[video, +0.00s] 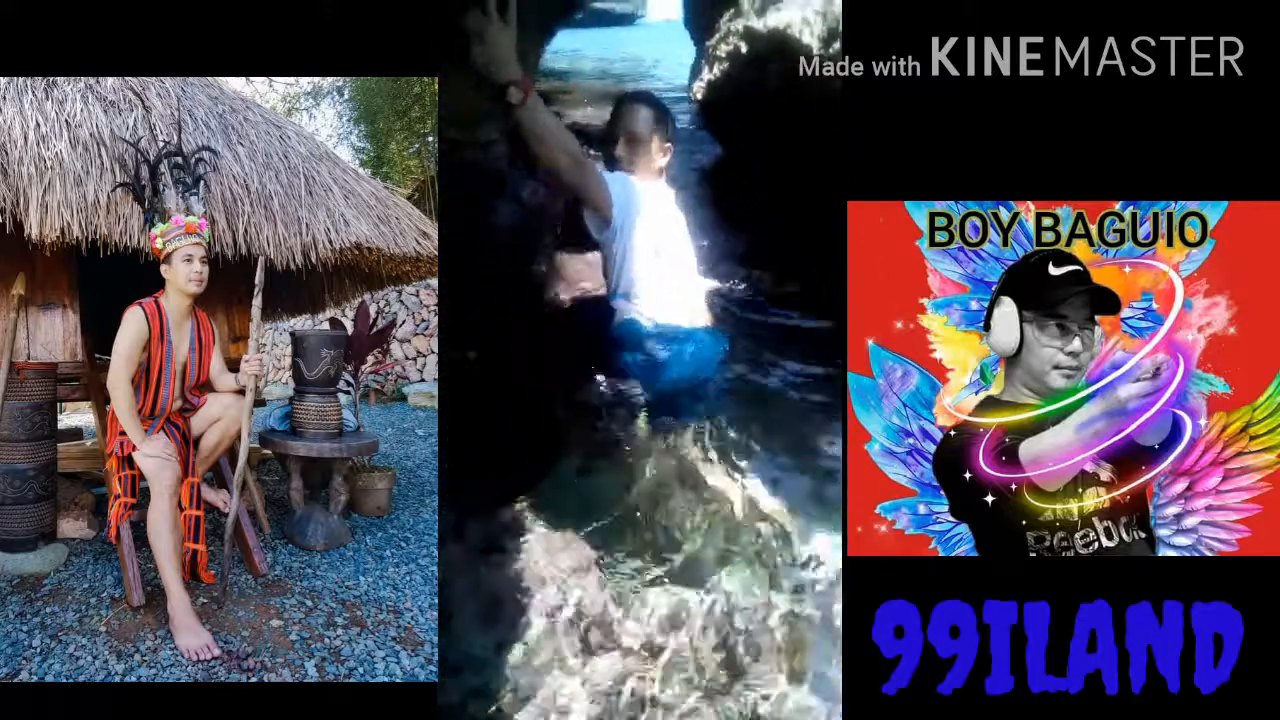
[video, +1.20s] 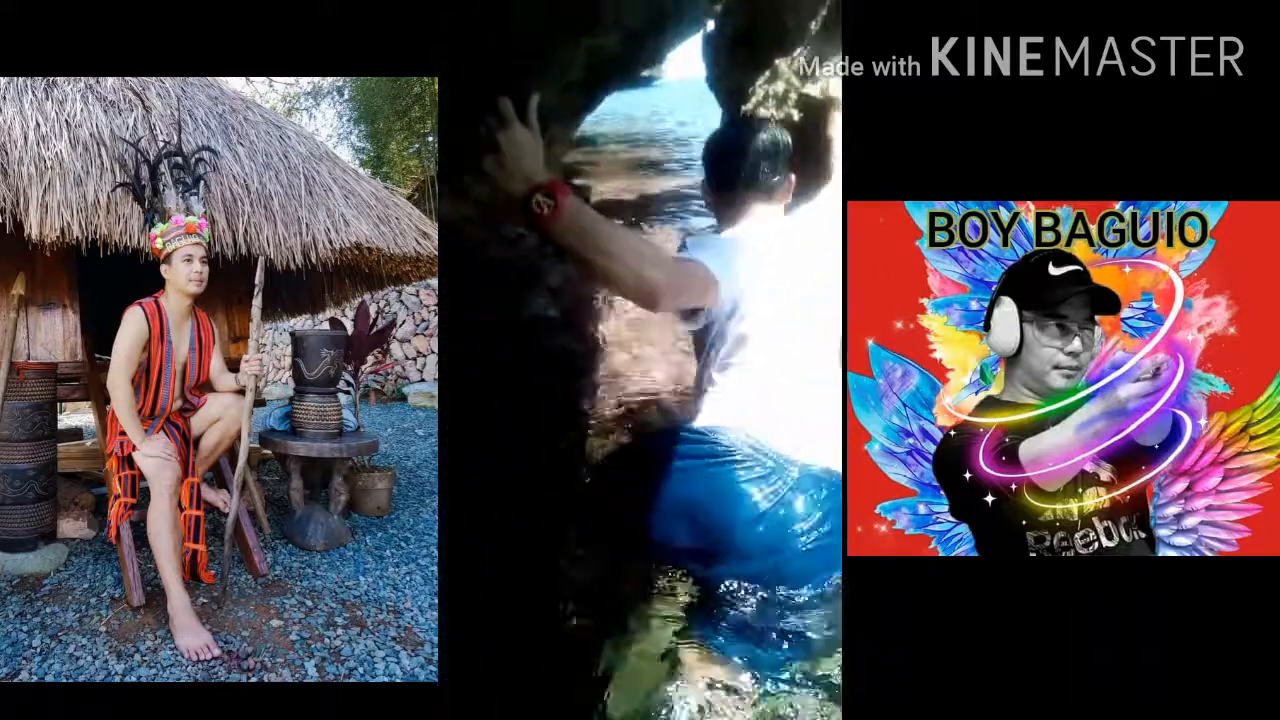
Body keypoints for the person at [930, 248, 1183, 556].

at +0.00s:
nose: (1077, 346)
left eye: (1087, 328)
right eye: (1057, 327)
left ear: (1097, 335)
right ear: (1007, 326)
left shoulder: (1113, 411)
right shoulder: (962, 446)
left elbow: (1158, 436)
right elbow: (1016, 473)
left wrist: (1148, 396)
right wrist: (1107, 413)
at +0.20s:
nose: (1077, 346)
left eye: (1087, 328)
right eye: (1057, 327)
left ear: (1097, 335)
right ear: (1007, 326)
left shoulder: (1113, 411)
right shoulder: (962, 446)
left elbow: (1158, 436)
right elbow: (1016, 473)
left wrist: (1148, 396)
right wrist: (1107, 413)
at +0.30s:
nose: (1077, 346)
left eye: (1086, 328)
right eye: (1057, 327)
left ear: (1097, 335)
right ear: (1008, 327)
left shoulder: (1112, 410)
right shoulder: (962, 446)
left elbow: (1157, 435)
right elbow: (1017, 472)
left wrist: (1148, 395)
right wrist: (1106, 414)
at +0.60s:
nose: (1077, 346)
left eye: (1086, 328)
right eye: (1057, 327)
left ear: (1097, 335)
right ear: (1008, 327)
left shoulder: (1112, 410)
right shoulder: (962, 446)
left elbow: (1157, 435)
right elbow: (1017, 472)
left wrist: (1148, 395)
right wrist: (1106, 414)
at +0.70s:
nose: (1077, 346)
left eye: (1087, 328)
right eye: (1057, 327)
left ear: (1097, 335)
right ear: (1007, 326)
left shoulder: (1113, 411)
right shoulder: (962, 446)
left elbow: (1158, 436)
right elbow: (1016, 473)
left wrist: (1148, 396)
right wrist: (1107, 413)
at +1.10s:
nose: (1077, 346)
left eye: (1086, 328)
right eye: (1057, 327)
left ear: (1097, 334)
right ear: (1008, 327)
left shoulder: (1112, 410)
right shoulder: (962, 446)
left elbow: (1157, 436)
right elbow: (1017, 473)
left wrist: (1148, 395)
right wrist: (1107, 413)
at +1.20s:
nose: (1077, 346)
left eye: (1087, 328)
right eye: (1057, 327)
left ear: (1097, 334)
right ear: (1008, 326)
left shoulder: (1112, 409)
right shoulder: (962, 446)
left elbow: (1157, 435)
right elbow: (1021, 471)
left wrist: (1148, 396)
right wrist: (1108, 411)